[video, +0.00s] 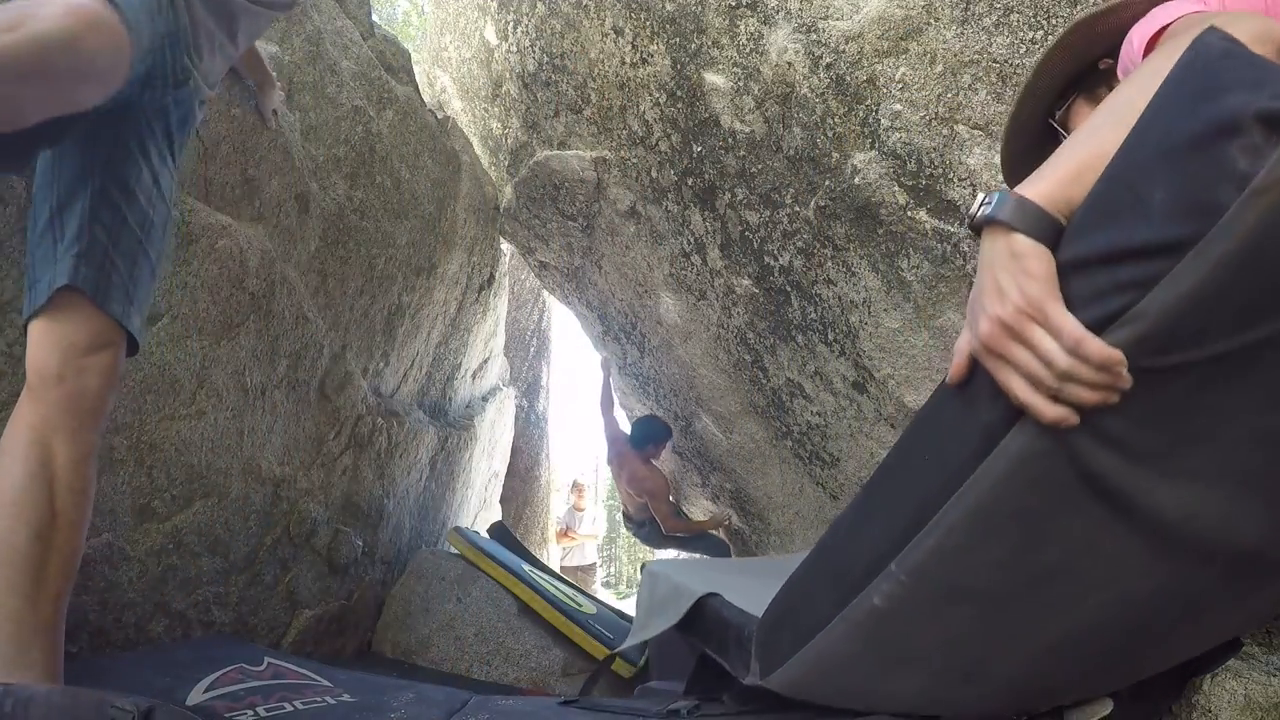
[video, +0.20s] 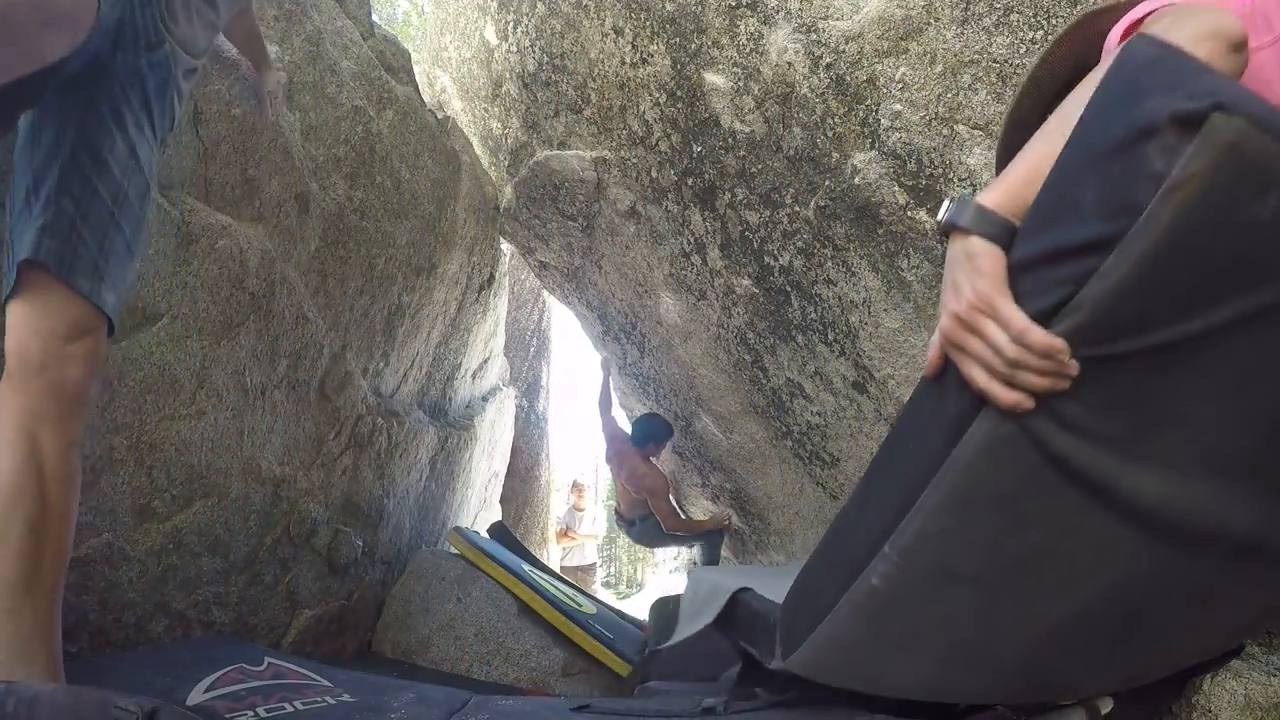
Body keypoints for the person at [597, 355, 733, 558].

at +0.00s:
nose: (664, 449)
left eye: (665, 445)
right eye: (662, 445)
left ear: (637, 436)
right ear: (651, 447)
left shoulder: (616, 441)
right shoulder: (652, 480)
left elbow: (606, 411)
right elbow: (671, 527)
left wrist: (606, 375)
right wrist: (710, 525)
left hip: (631, 519)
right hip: (654, 530)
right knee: (721, 548)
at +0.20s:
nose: (664, 448)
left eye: (665, 444)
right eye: (663, 444)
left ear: (636, 432)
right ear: (652, 444)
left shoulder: (616, 440)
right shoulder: (653, 480)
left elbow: (604, 409)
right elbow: (673, 525)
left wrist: (605, 375)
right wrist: (710, 524)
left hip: (621, 518)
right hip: (644, 528)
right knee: (712, 534)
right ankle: (707, 584)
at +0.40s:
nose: (665, 446)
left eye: (666, 442)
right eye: (664, 442)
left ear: (637, 429)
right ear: (655, 444)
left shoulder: (616, 438)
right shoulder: (654, 479)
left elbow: (603, 411)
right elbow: (672, 524)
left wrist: (605, 375)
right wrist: (710, 524)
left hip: (617, 517)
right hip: (641, 529)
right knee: (704, 511)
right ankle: (693, 549)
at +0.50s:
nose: (666, 446)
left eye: (667, 442)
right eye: (665, 442)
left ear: (637, 430)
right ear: (655, 445)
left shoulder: (616, 438)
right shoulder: (654, 478)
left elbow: (603, 411)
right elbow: (671, 524)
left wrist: (605, 375)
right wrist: (711, 524)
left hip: (616, 517)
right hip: (638, 528)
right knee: (701, 500)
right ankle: (689, 537)